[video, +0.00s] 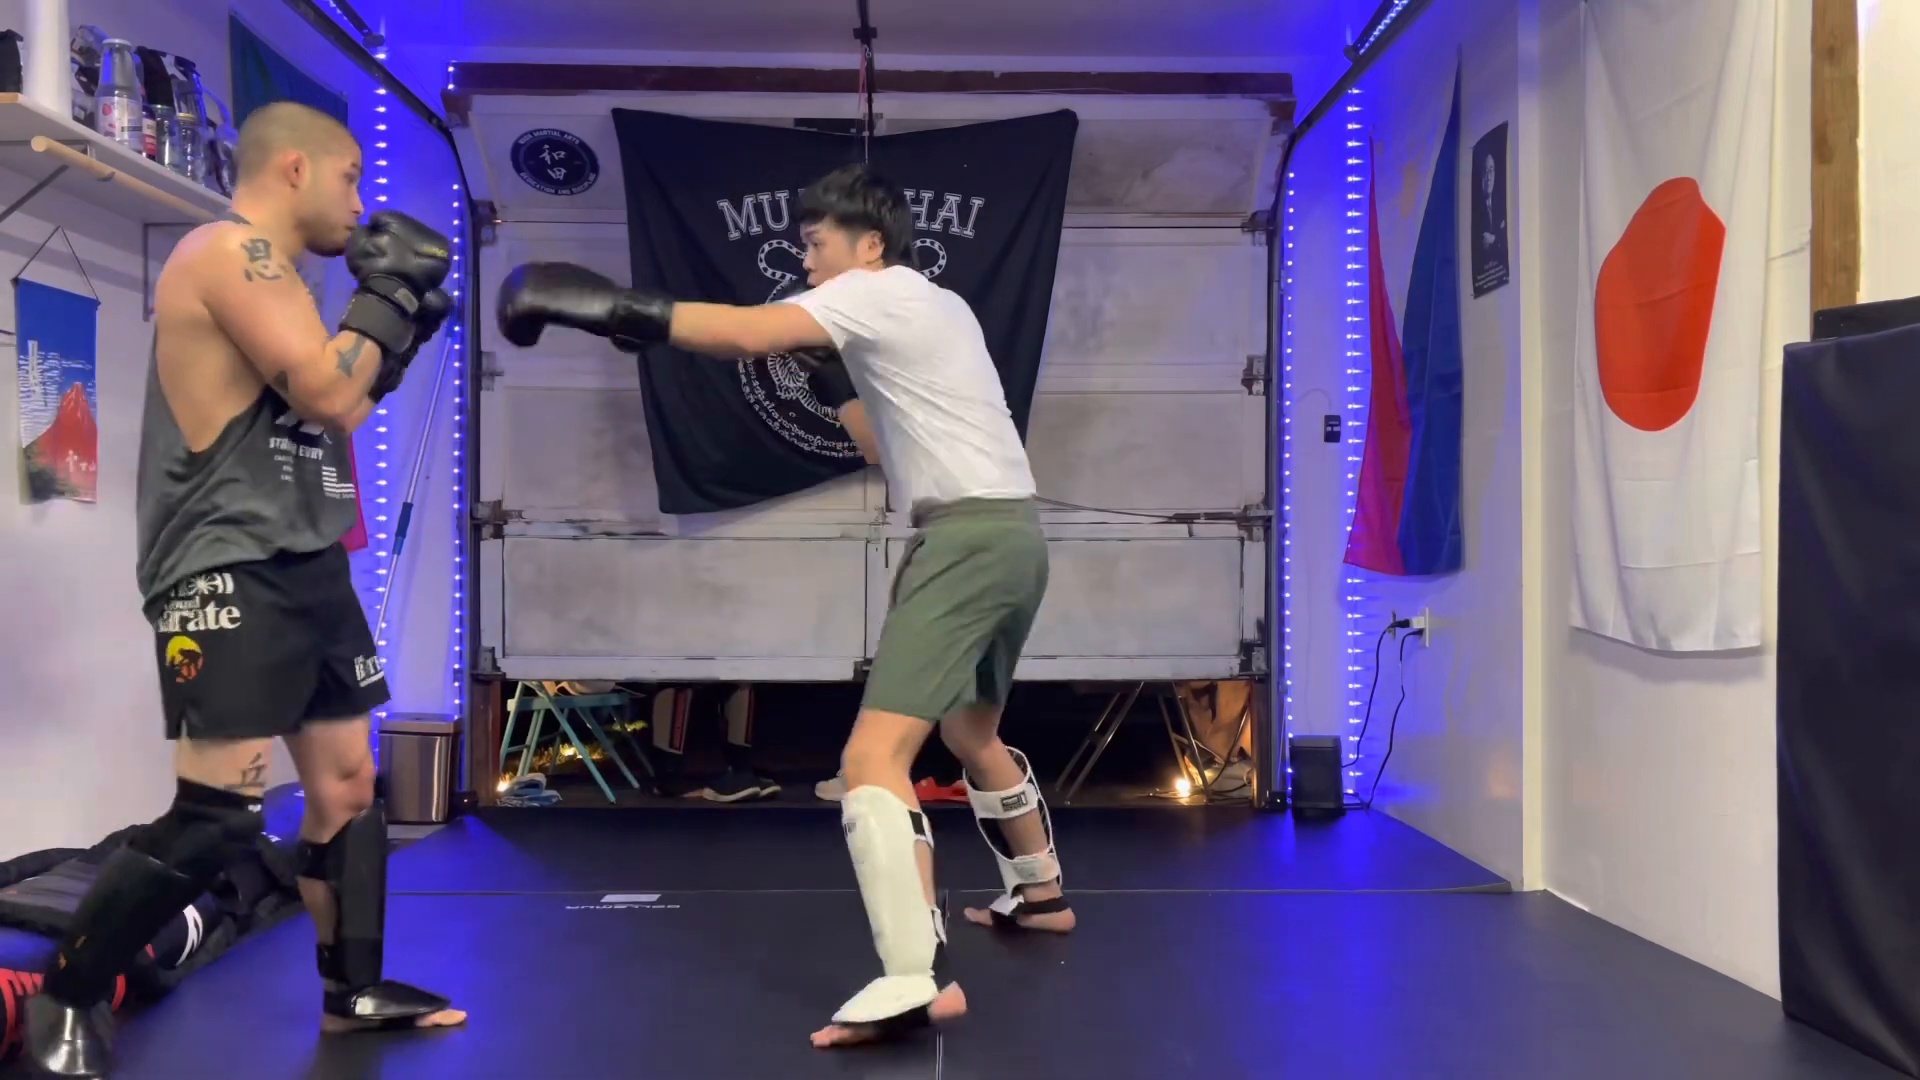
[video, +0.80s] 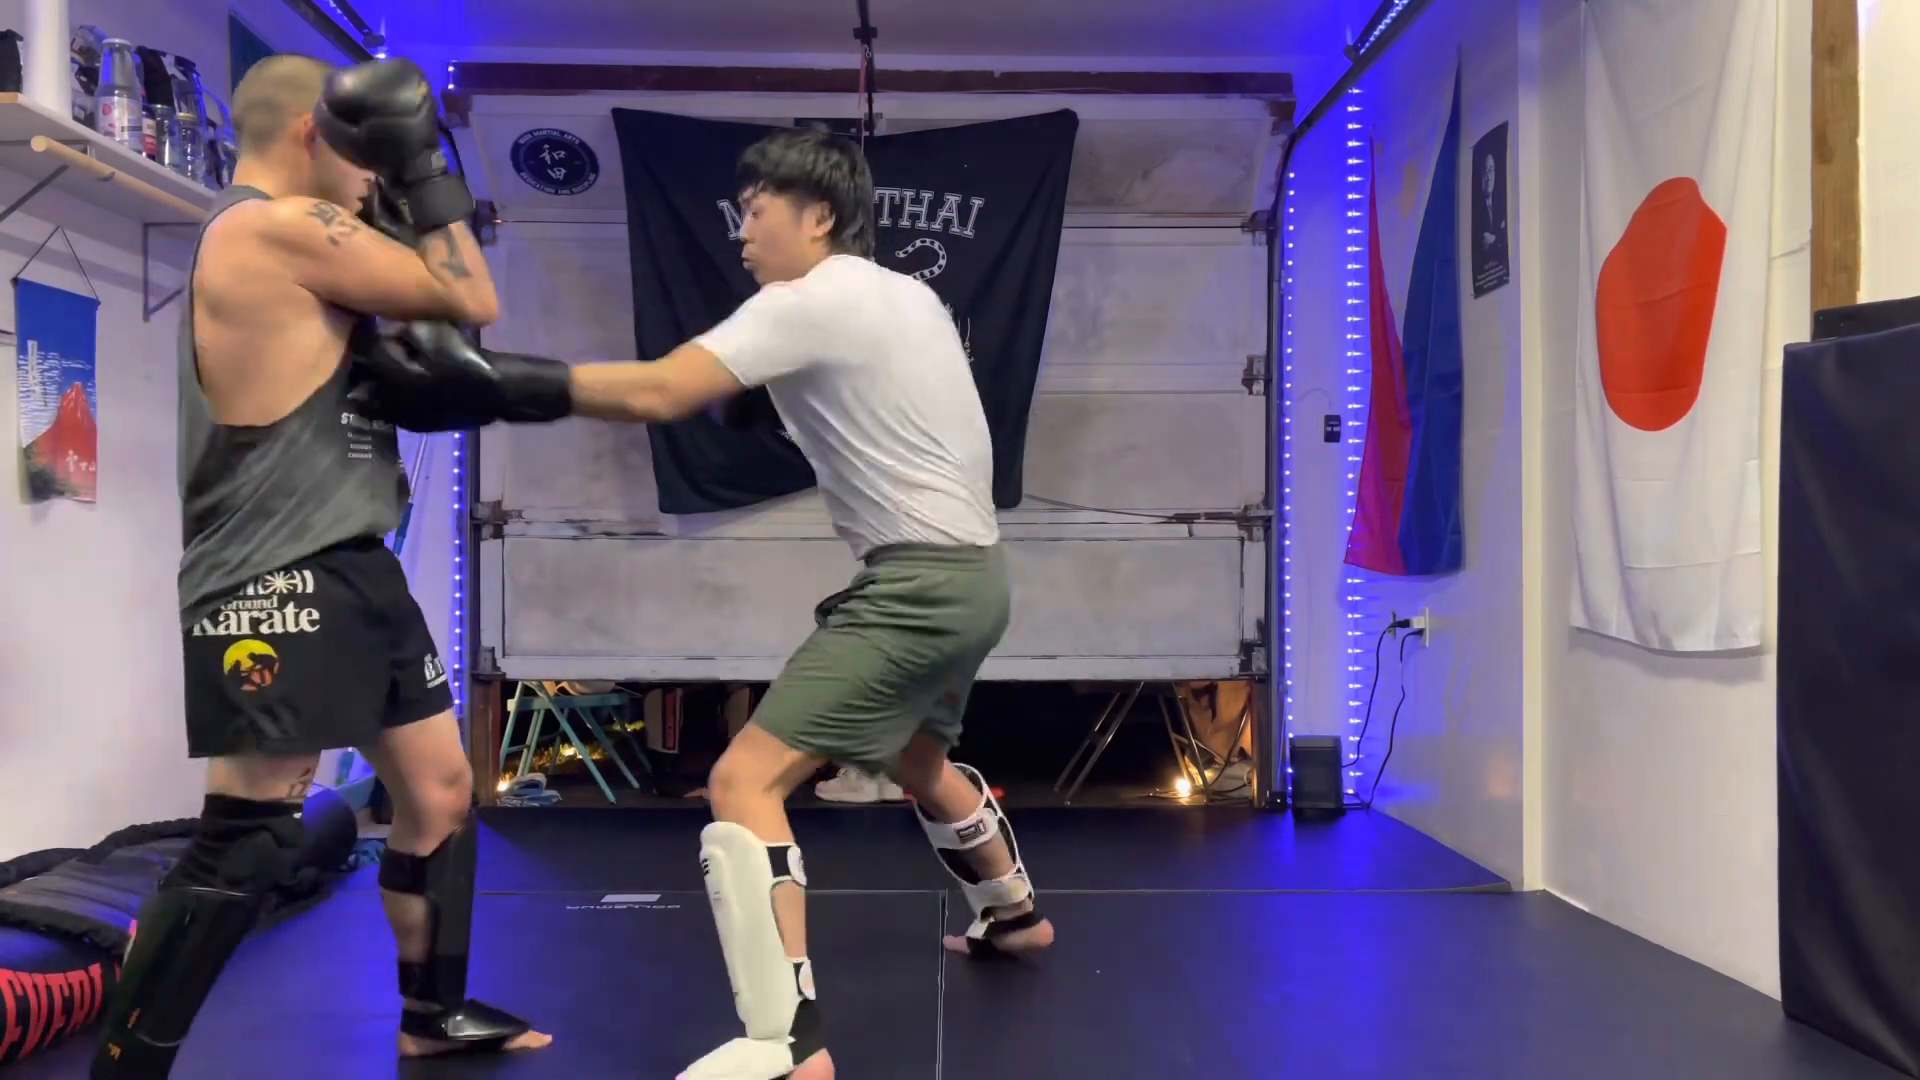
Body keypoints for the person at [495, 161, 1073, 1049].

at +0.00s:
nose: (806, 265)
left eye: (817, 248)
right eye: (805, 249)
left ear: (870, 242)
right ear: (883, 249)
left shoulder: (878, 298)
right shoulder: (940, 309)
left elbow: (747, 330)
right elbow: (890, 443)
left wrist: (613, 308)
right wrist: (822, 392)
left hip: (967, 538)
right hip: (1014, 538)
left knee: (874, 760)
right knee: (973, 732)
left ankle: (912, 974)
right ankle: (1039, 890)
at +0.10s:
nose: (804, 270)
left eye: (816, 253)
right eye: (805, 254)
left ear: (872, 253)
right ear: (870, 258)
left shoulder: (890, 309)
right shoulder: (921, 312)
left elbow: (802, 387)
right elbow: (962, 427)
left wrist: (693, 340)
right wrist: (893, 444)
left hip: (973, 552)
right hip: (998, 549)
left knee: (873, 762)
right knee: (965, 746)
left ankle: (916, 990)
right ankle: (1039, 896)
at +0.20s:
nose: (807, 272)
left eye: (818, 252)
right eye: (804, 255)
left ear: (877, 251)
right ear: (844, 255)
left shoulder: (935, 317)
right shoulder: (859, 335)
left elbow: (926, 460)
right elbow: (847, 443)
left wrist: (826, 393)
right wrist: (775, 380)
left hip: (996, 542)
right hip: (949, 547)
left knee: (908, 751)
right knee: (967, 757)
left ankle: (926, 989)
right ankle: (1038, 891)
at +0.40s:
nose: (796, 306)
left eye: (812, 290)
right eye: (795, 288)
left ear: (873, 292)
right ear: (834, 295)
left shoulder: (962, 349)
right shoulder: (830, 347)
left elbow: (1010, 487)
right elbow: (727, 392)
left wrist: (895, 471)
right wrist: (667, 356)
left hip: (1007, 562)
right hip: (936, 568)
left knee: (919, 745)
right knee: (970, 746)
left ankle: (945, 1002)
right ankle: (1036, 890)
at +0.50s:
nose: (761, 276)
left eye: (773, 258)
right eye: (760, 258)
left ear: (831, 260)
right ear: (806, 264)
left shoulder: (910, 317)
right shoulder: (826, 329)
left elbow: (1023, 431)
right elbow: (754, 398)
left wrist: (935, 513)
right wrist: (705, 330)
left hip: (994, 548)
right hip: (944, 552)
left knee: (877, 753)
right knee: (944, 743)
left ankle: (939, 1004)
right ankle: (1034, 899)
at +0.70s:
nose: (747, 241)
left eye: (758, 223)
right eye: (748, 223)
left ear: (814, 226)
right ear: (839, 228)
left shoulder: (808, 294)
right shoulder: (927, 289)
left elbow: (719, 372)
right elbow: (943, 412)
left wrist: (569, 366)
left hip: (923, 565)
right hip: (1005, 558)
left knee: (777, 781)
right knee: (954, 740)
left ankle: (784, 1026)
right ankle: (1009, 918)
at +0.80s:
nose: (742, 230)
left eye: (758, 211)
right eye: (744, 212)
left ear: (820, 218)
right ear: (823, 223)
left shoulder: (813, 300)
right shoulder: (910, 299)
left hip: (916, 581)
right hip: (969, 576)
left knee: (747, 781)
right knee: (919, 764)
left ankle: (785, 1039)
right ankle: (1011, 911)